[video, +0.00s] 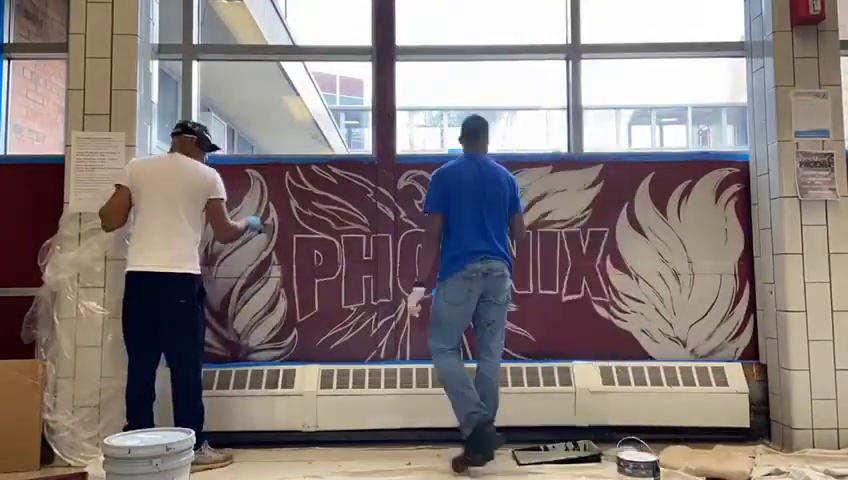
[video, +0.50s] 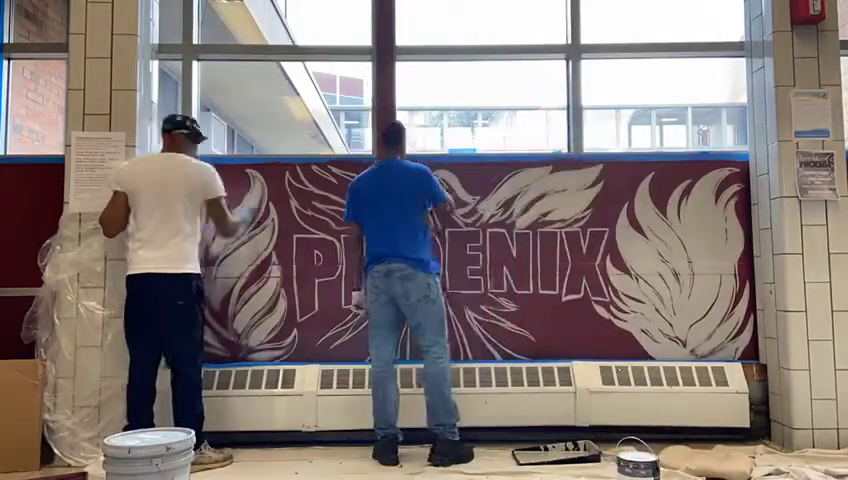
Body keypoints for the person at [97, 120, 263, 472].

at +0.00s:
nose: (206, 157)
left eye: (207, 153)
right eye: (205, 152)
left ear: (175, 141)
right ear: (193, 143)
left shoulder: (139, 168)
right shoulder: (207, 176)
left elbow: (108, 220)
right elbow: (225, 232)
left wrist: (131, 196)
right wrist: (248, 222)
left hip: (138, 282)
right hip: (181, 284)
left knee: (140, 368)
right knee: (187, 371)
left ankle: (139, 449)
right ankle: (194, 448)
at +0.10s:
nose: (195, 149)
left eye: (194, 144)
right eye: (194, 144)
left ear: (162, 139)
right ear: (185, 139)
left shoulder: (133, 169)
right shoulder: (202, 169)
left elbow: (111, 227)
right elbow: (239, 217)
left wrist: (133, 200)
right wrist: (240, 192)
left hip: (140, 281)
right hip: (182, 281)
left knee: (140, 368)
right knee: (187, 369)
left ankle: (139, 449)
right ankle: (194, 447)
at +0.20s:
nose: (184, 147)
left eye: (181, 142)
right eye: (183, 141)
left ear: (149, 143)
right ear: (179, 138)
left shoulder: (130, 170)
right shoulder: (200, 169)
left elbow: (107, 226)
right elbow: (221, 224)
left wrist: (131, 203)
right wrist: (230, 210)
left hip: (139, 283)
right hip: (182, 283)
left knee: (139, 368)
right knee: (186, 368)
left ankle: (138, 449)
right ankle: (194, 448)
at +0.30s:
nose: (182, 145)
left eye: (179, 140)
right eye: (182, 140)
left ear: (146, 142)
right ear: (178, 138)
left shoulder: (127, 170)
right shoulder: (199, 171)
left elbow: (108, 228)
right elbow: (210, 232)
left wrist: (131, 204)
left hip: (138, 283)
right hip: (180, 283)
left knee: (139, 368)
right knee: (185, 368)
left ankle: (138, 449)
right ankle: (193, 447)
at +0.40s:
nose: (181, 146)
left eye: (175, 140)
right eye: (182, 141)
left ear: (150, 142)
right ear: (181, 142)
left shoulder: (126, 170)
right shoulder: (197, 175)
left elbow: (104, 227)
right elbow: (202, 240)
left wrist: (128, 205)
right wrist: (207, 248)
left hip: (135, 282)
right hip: (177, 282)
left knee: (138, 367)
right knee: (184, 368)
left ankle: (138, 448)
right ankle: (193, 447)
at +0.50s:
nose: (196, 149)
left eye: (195, 143)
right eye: (194, 142)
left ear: (164, 138)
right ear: (184, 139)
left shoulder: (132, 169)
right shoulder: (203, 172)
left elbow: (110, 226)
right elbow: (226, 227)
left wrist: (131, 200)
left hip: (141, 282)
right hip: (183, 282)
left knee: (141, 367)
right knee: (187, 368)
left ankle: (139, 447)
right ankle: (193, 447)